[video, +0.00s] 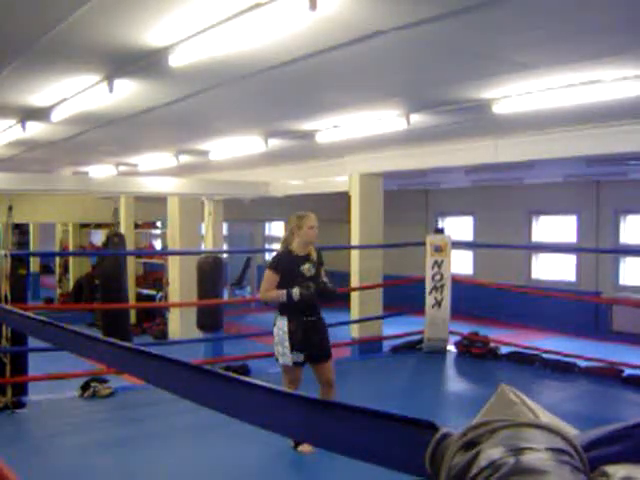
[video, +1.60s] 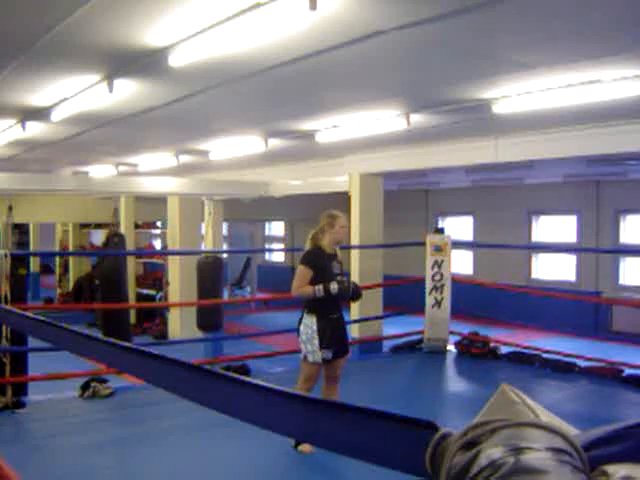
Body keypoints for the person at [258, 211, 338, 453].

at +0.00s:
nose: (315, 232)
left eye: (316, 228)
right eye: (311, 228)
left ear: (314, 231)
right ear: (296, 231)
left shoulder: (315, 255)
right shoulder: (281, 260)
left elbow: (321, 282)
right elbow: (265, 293)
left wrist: (326, 288)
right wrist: (291, 293)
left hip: (314, 319)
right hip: (290, 321)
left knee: (328, 380)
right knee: (292, 381)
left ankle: (326, 430)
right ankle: (297, 435)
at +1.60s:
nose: (346, 233)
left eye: (346, 229)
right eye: (343, 228)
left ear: (337, 230)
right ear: (329, 229)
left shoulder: (336, 258)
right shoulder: (313, 255)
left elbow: (332, 290)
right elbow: (297, 289)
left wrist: (350, 291)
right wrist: (328, 288)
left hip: (335, 317)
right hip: (315, 317)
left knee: (333, 378)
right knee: (308, 379)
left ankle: (329, 428)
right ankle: (300, 431)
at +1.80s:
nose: (346, 233)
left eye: (347, 229)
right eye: (343, 228)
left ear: (337, 230)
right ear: (329, 229)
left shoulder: (336, 258)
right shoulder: (314, 256)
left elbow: (333, 289)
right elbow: (298, 290)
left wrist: (350, 290)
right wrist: (329, 288)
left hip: (336, 317)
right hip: (316, 318)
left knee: (334, 378)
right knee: (309, 379)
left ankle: (330, 429)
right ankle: (300, 431)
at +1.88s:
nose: (346, 233)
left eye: (347, 229)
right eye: (343, 229)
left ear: (337, 230)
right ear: (329, 229)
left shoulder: (336, 259)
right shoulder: (314, 256)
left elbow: (333, 288)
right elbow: (298, 289)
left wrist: (350, 290)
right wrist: (330, 288)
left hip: (336, 317)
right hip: (316, 318)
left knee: (334, 378)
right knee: (309, 379)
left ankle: (329, 429)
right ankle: (299, 431)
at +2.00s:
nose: (346, 233)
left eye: (347, 229)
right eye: (343, 229)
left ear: (337, 230)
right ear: (329, 229)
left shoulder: (336, 259)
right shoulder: (314, 256)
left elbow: (333, 288)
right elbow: (298, 289)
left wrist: (350, 290)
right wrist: (330, 289)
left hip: (336, 317)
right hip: (316, 318)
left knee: (334, 378)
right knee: (310, 380)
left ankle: (330, 429)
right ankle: (299, 431)